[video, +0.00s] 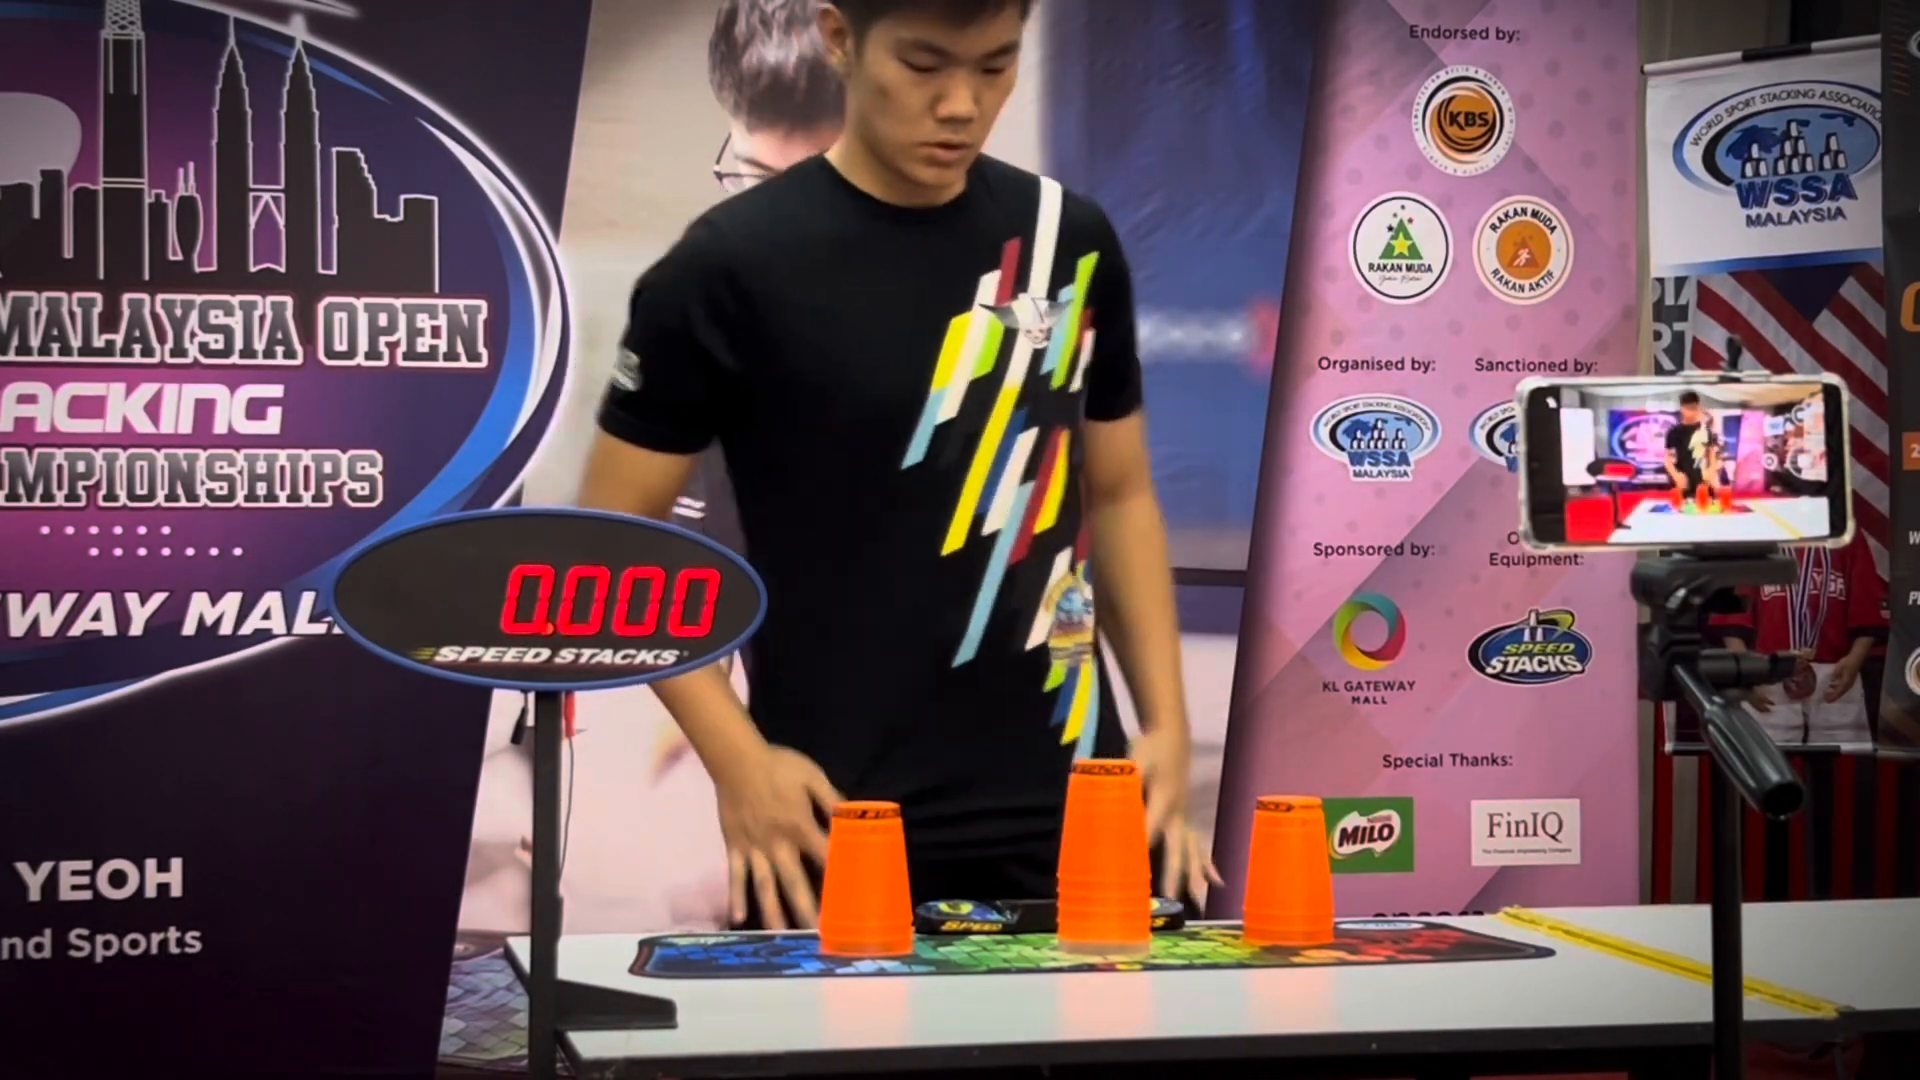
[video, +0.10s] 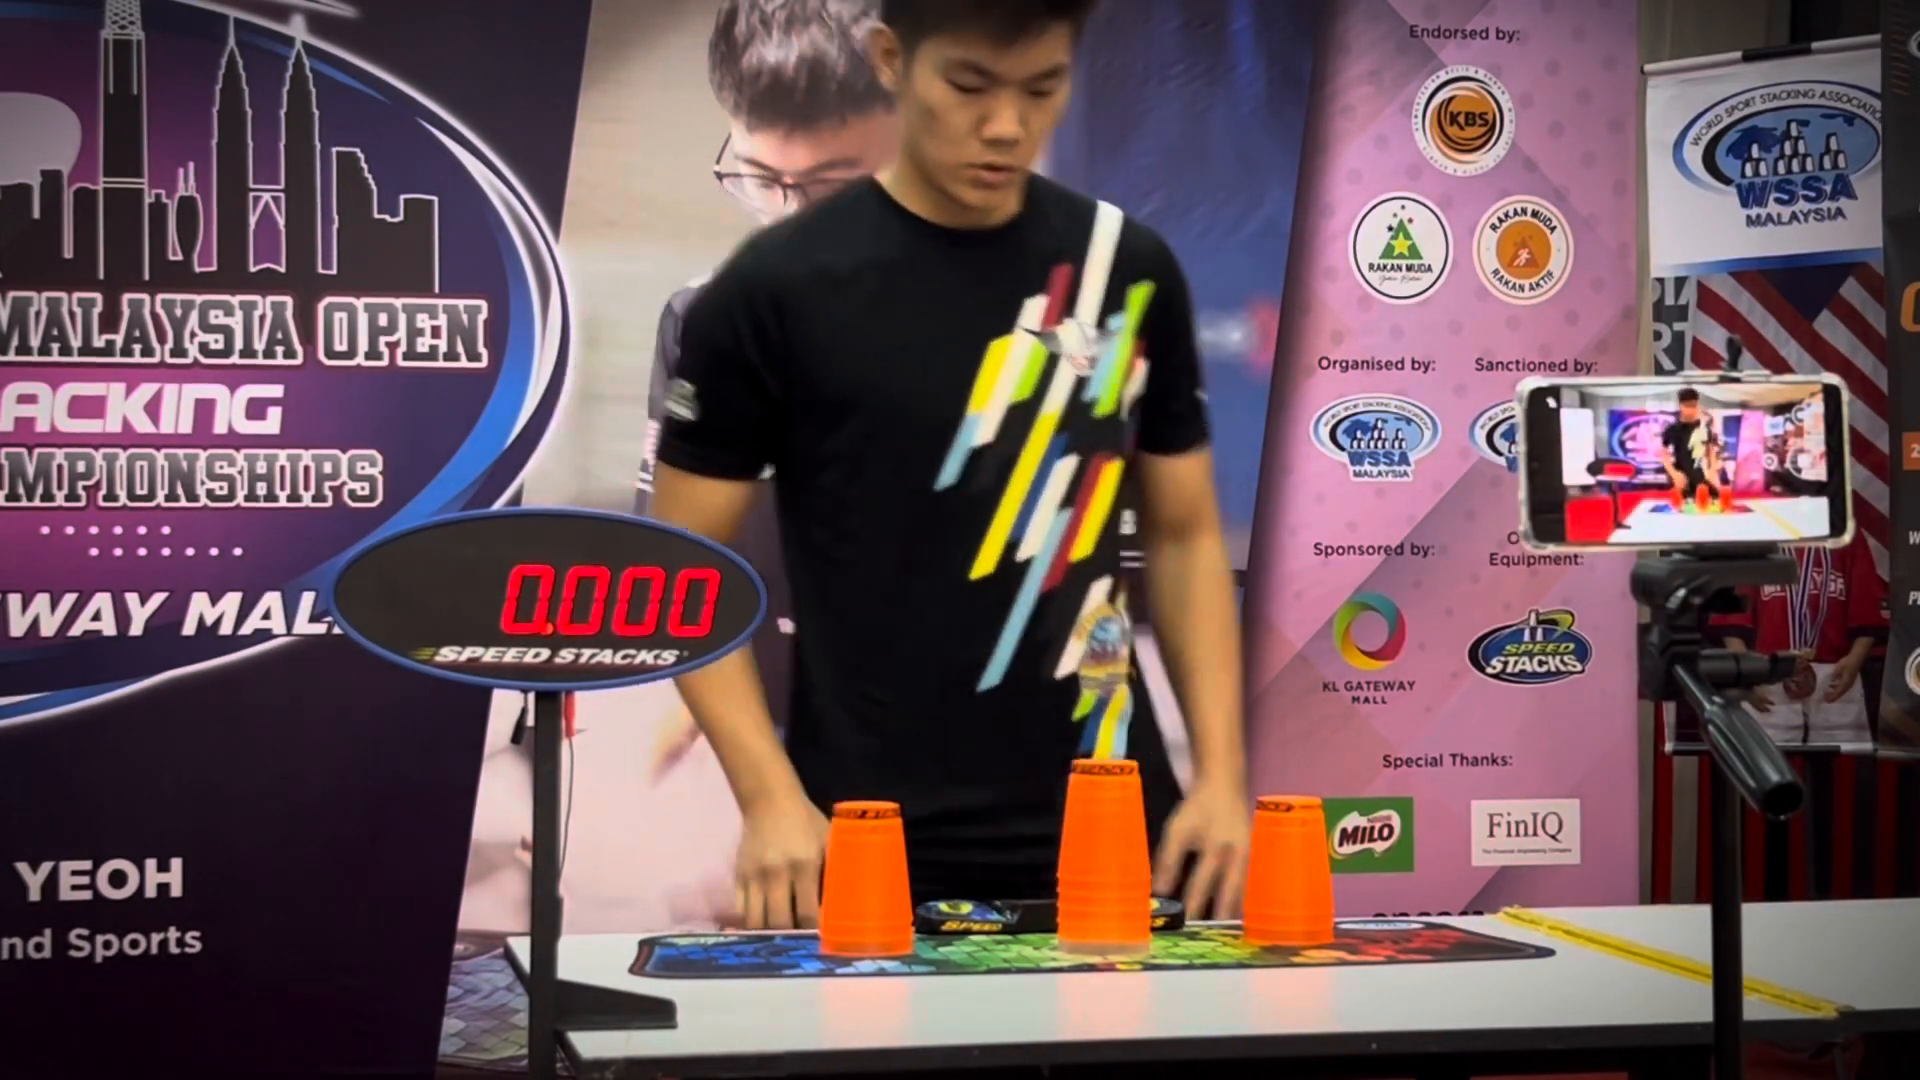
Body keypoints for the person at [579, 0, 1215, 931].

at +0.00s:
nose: (961, 105)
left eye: (995, 65)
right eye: (923, 62)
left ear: (1019, 49)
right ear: (838, 38)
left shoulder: (1072, 245)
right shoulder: (729, 270)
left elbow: (1119, 495)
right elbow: (613, 542)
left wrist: (1167, 728)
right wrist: (736, 759)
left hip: (1053, 826)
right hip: (838, 840)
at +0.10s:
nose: (1006, 127)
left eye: (1042, 87)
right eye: (969, 82)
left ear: (1072, 71)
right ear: (889, 58)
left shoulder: (1131, 274)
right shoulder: (774, 290)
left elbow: (1184, 537)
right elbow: (680, 568)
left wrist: (1221, 779)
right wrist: (769, 798)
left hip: (1102, 854)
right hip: (874, 858)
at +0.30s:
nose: (1112, 167)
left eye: (1153, 130)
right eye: (1079, 119)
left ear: (1193, 110)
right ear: (1010, 88)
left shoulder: (1259, 313)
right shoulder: (893, 310)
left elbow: (1297, 578)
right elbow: (821, 583)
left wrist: (1280, 768)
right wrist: (828, 747)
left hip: (1182, 846)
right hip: (946, 841)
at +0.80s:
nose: (1116, 197)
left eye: (1160, 161)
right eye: (1085, 147)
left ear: (1196, 145)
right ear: (1014, 110)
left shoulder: (1225, 353)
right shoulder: (868, 320)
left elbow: (1239, 622)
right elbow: (780, 593)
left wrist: (1217, 796)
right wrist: (891, 723)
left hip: (1108, 878)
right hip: (871, 866)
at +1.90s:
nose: (1128, 268)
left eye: (1173, 235)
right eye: (1100, 216)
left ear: (1209, 213)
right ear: (1028, 169)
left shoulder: (1214, 406)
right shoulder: (874, 355)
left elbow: (1238, 681)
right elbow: (741, 618)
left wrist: (1177, 852)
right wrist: (922, 817)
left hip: (1092, 921)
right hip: (856, 906)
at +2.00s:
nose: (1139, 268)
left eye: (1183, 236)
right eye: (1112, 216)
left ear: (1215, 217)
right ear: (1034, 170)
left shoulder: (1220, 404)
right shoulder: (887, 359)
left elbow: (1223, 662)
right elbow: (820, 659)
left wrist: (1190, 787)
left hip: (1086, 905)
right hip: (865, 894)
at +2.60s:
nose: (1139, 246)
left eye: (1184, 211)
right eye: (1111, 192)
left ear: (1217, 198)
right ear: (1037, 155)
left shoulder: (1229, 405)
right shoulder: (885, 353)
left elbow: (1227, 673)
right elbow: (812, 635)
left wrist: (1184, 763)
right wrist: (927, 745)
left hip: (1116, 892)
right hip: (874, 885)